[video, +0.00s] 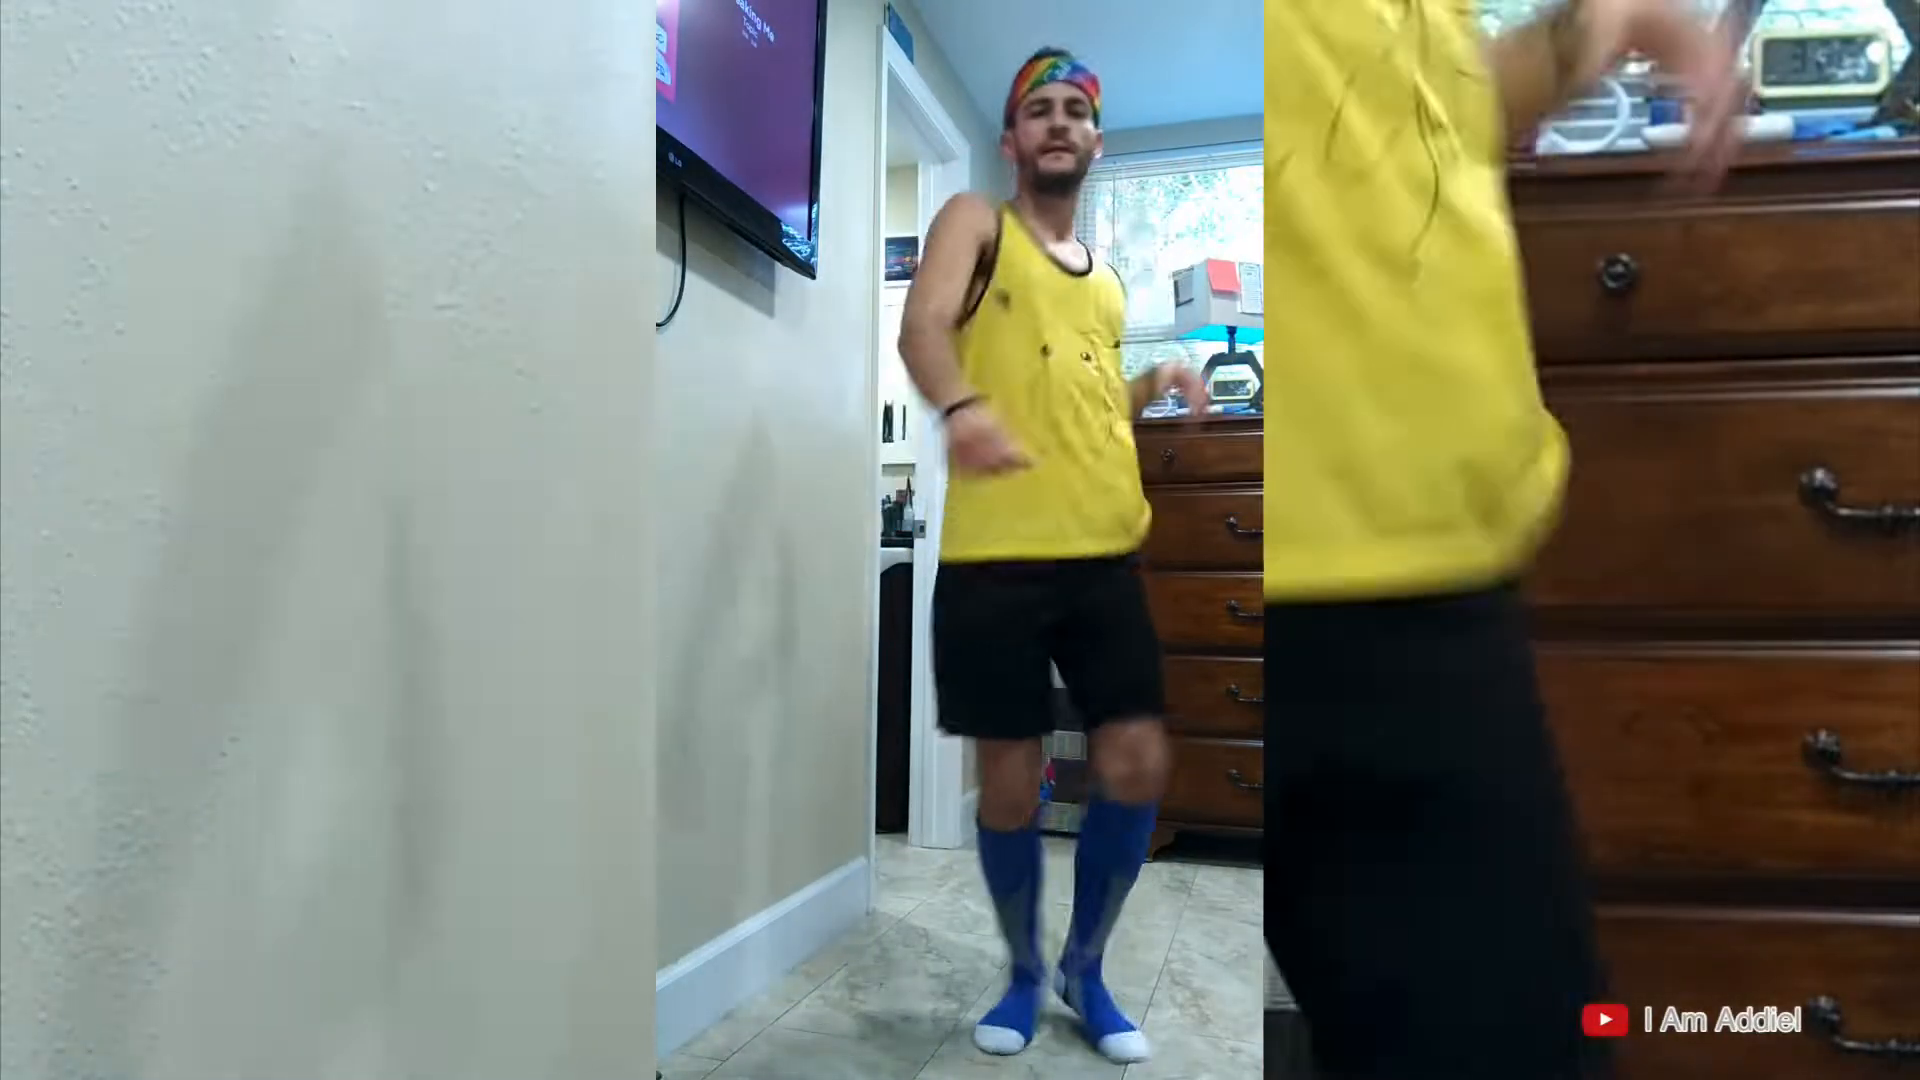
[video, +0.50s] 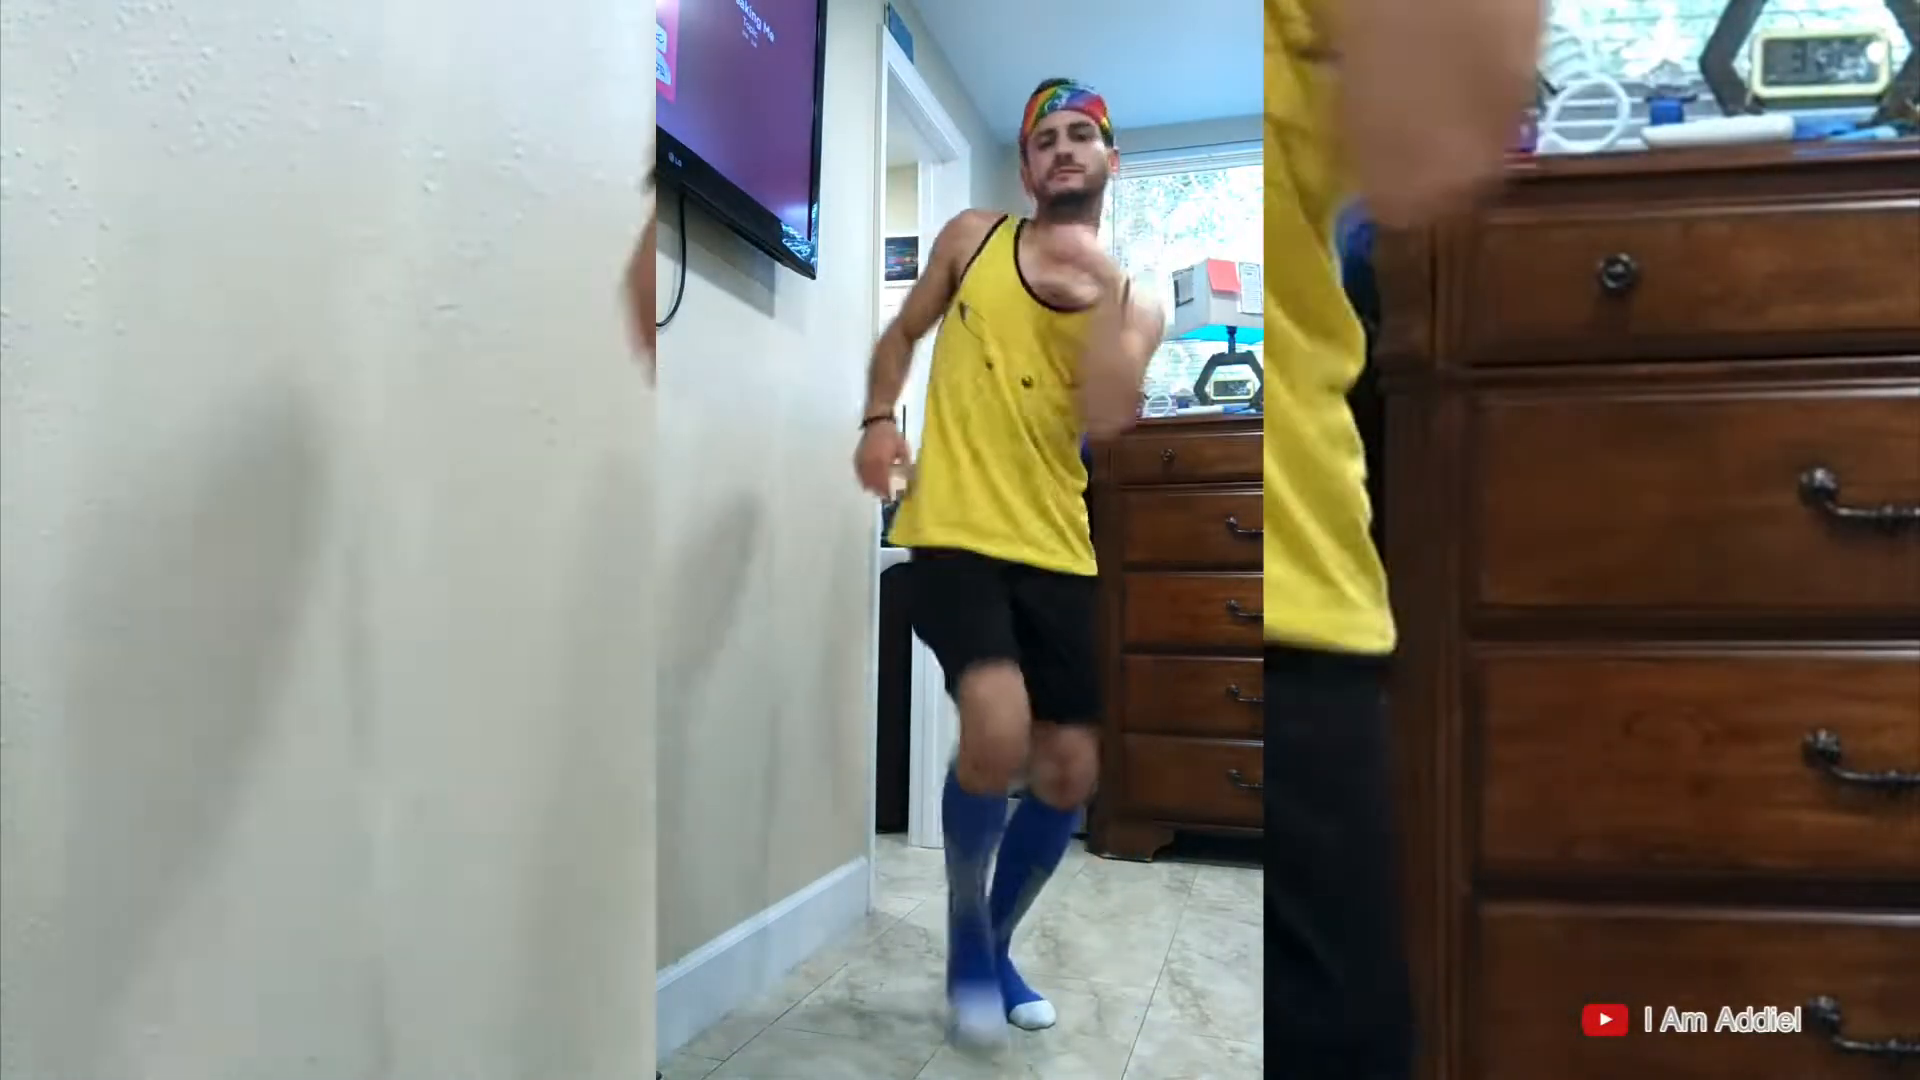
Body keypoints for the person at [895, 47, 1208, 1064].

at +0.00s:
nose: (1060, 124)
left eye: (1076, 112)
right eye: (1040, 112)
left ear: (1096, 141)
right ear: (1011, 139)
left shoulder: (1098, 278)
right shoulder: (975, 219)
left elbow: (1092, 413)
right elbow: (922, 326)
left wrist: (1158, 382)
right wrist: (959, 407)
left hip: (1102, 550)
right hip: (996, 552)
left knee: (1135, 760)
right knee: (1010, 770)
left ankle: (1084, 970)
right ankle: (1022, 978)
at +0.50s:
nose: (1063, 149)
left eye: (1080, 136)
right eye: (1046, 141)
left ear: (1112, 162)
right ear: (1025, 167)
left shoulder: (1131, 297)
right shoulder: (975, 235)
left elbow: (1105, 419)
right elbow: (899, 335)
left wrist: (1113, 296)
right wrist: (879, 422)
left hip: (1054, 538)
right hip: (950, 520)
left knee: (1069, 767)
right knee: (997, 725)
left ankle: (991, 941)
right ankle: (969, 944)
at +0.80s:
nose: (1015, 128)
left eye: (1035, 112)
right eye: (1000, 115)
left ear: (1069, 130)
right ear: (980, 137)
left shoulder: (1107, 222)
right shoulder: (963, 252)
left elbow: (1040, 291)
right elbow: (964, 381)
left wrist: (913, 287)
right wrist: (919, 391)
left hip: (1045, 518)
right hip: (947, 502)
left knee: (1024, 746)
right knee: (903, 690)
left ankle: (1003, 944)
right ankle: (939, 894)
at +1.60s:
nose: (943, 122)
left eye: (958, 111)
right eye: (921, 108)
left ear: (978, 140)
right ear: (882, 138)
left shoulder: (1024, 257)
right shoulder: (846, 267)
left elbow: (1044, 362)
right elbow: (826, 416)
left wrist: (1048, 411)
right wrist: (927, 320)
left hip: (975, 548)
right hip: (851, 559)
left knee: (1135, 728)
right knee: (822, 796)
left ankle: (979, 924)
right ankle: (830, 1015)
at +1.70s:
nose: (965, 93)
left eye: (978, 78)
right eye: (940, 81)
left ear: (996, 106)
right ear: (904, 112)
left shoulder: (1025, 240)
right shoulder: (866, 218)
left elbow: (1022, 374)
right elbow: (854, 347)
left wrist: (1055, 371)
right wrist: (1008, 310)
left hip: (974, 525)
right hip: (861, 536)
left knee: (1111, 725)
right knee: (838, 777)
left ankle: (988, 925)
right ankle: (833, 1011)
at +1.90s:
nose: (1035, 120)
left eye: (1043, 109)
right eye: (1010, 108)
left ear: (1051, 139)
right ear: (962, 137)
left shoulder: (1002, 268)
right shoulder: (969, 201)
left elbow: (1084, 412)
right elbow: (1010, 343)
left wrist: (1100, 302)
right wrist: (1082, 493)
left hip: (985, 568)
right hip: (890, 572)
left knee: (1093, 759)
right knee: (868, 801)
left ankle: (1109, 1003)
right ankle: (823, 1020)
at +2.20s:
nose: (1072, 67)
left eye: (1080, 56)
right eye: (1047, 62)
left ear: (1100, 91)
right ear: (1011, 105)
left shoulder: (1157, 197)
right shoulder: (978, 213)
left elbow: (1136, 267)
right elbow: (892, 335)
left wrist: (1002, 193)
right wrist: (882, 415)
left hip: (1090, 517)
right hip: (976, 495)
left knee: (1130, 762)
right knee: (930, 684)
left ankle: (1115, 994)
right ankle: (911, 758)